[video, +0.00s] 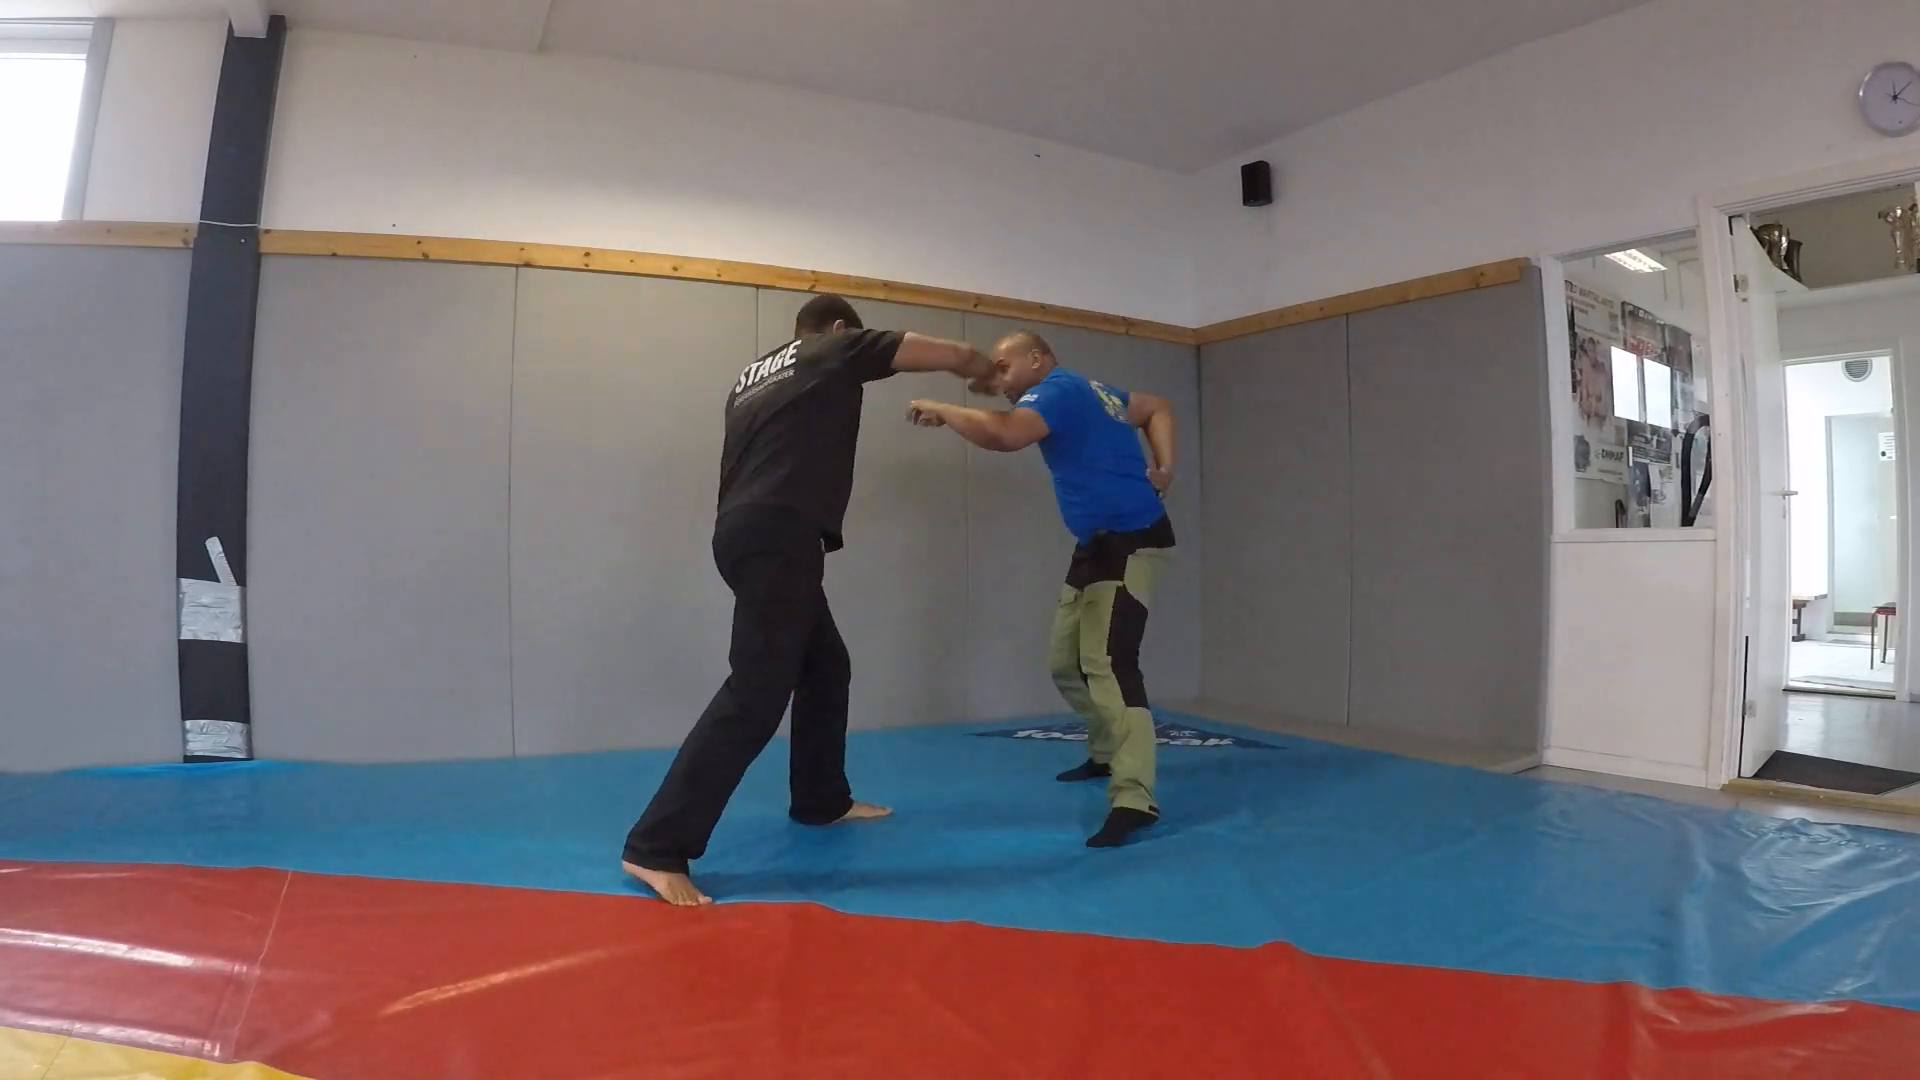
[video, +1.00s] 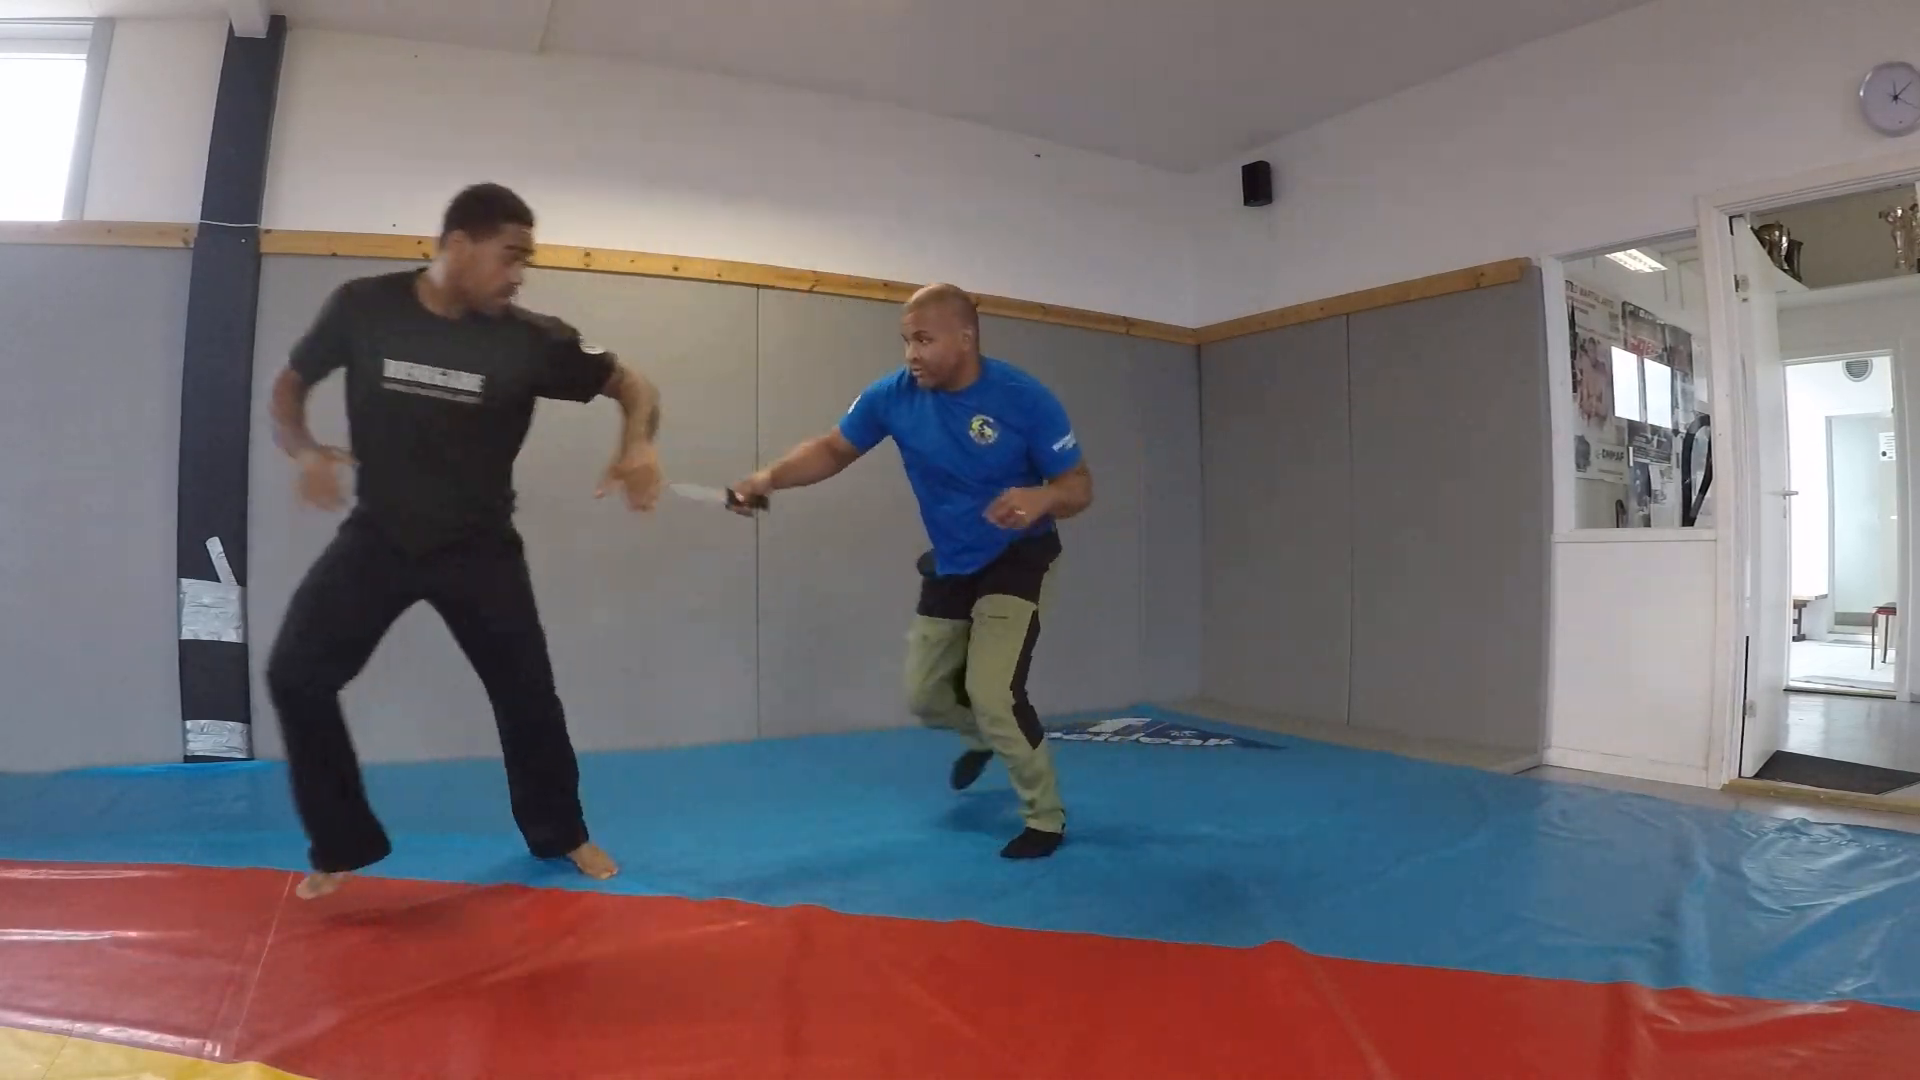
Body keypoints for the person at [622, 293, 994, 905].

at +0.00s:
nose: (856, 343)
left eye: (856, 337)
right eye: (855, 336)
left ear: (799, 329)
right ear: (841, 328)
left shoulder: (749, 378)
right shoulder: (838, 347)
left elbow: (735, 471)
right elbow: (960, 355)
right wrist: (980, 368)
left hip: (739, 533)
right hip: (781, 530)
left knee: (825, 666)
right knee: (758, 687)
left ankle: (820, 802)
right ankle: (657, 847)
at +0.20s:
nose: (864, 357)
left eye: (865, 349)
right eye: (864, 346)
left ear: (817, 329)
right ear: (849, 330)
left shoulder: (774, 367)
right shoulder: (829, 349)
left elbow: (748, 451)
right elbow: (862, 417)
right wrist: (922, 435)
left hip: (745, 526)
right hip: (762, 526)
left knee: (811, 666)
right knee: (750, 678)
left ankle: (819, 802)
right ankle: (655, 841)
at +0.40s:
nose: (855, 367)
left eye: (857, 357)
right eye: (853, 354)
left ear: (822, 342)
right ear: (827, 339)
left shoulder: (795, 396)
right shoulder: (775, 372)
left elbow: (817, 461)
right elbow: (755, 439)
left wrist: (865, 410)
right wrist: (846, 437)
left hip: (754, 559)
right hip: (720, 553)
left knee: (829, 662)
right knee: (748, 697)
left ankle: (826, 800)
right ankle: (618, 824)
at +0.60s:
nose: (781, 331)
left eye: (783, 318)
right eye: (778, 316)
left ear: (744, 306)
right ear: (744, 304)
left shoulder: (721, 373)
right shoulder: (662, 353)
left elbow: (732, 404)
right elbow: (569, 415)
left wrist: (765, 363)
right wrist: (659, 377)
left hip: (710, 561)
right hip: (648, 560)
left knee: (770, 686)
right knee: (677, 710)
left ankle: (826, 800)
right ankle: (608, 853)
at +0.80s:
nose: (675, 284)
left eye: (680, 271)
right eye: (670, 267)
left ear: (636, 261)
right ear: (624, 253)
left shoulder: (652, 325)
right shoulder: (523, 301)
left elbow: (715, 348)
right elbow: (466, 409)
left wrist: (755, 354)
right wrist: (575, 390)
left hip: (596, 510)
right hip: (514, 512)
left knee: (658, 655)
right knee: (528, 682)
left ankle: (617, 808)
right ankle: (578, 838)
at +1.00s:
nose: (519, 272)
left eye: (525, 258)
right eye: (509, 255)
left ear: (519, 260)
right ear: (454, 247)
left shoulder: (534, 344)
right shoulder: (362, 308)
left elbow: (634, 386)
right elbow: (289, 384)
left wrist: (637, 446)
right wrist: (303, 451)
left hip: (479, 548)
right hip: (380, 540)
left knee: (529, 693)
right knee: (296, 674)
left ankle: (562, 835)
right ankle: (342, 846)